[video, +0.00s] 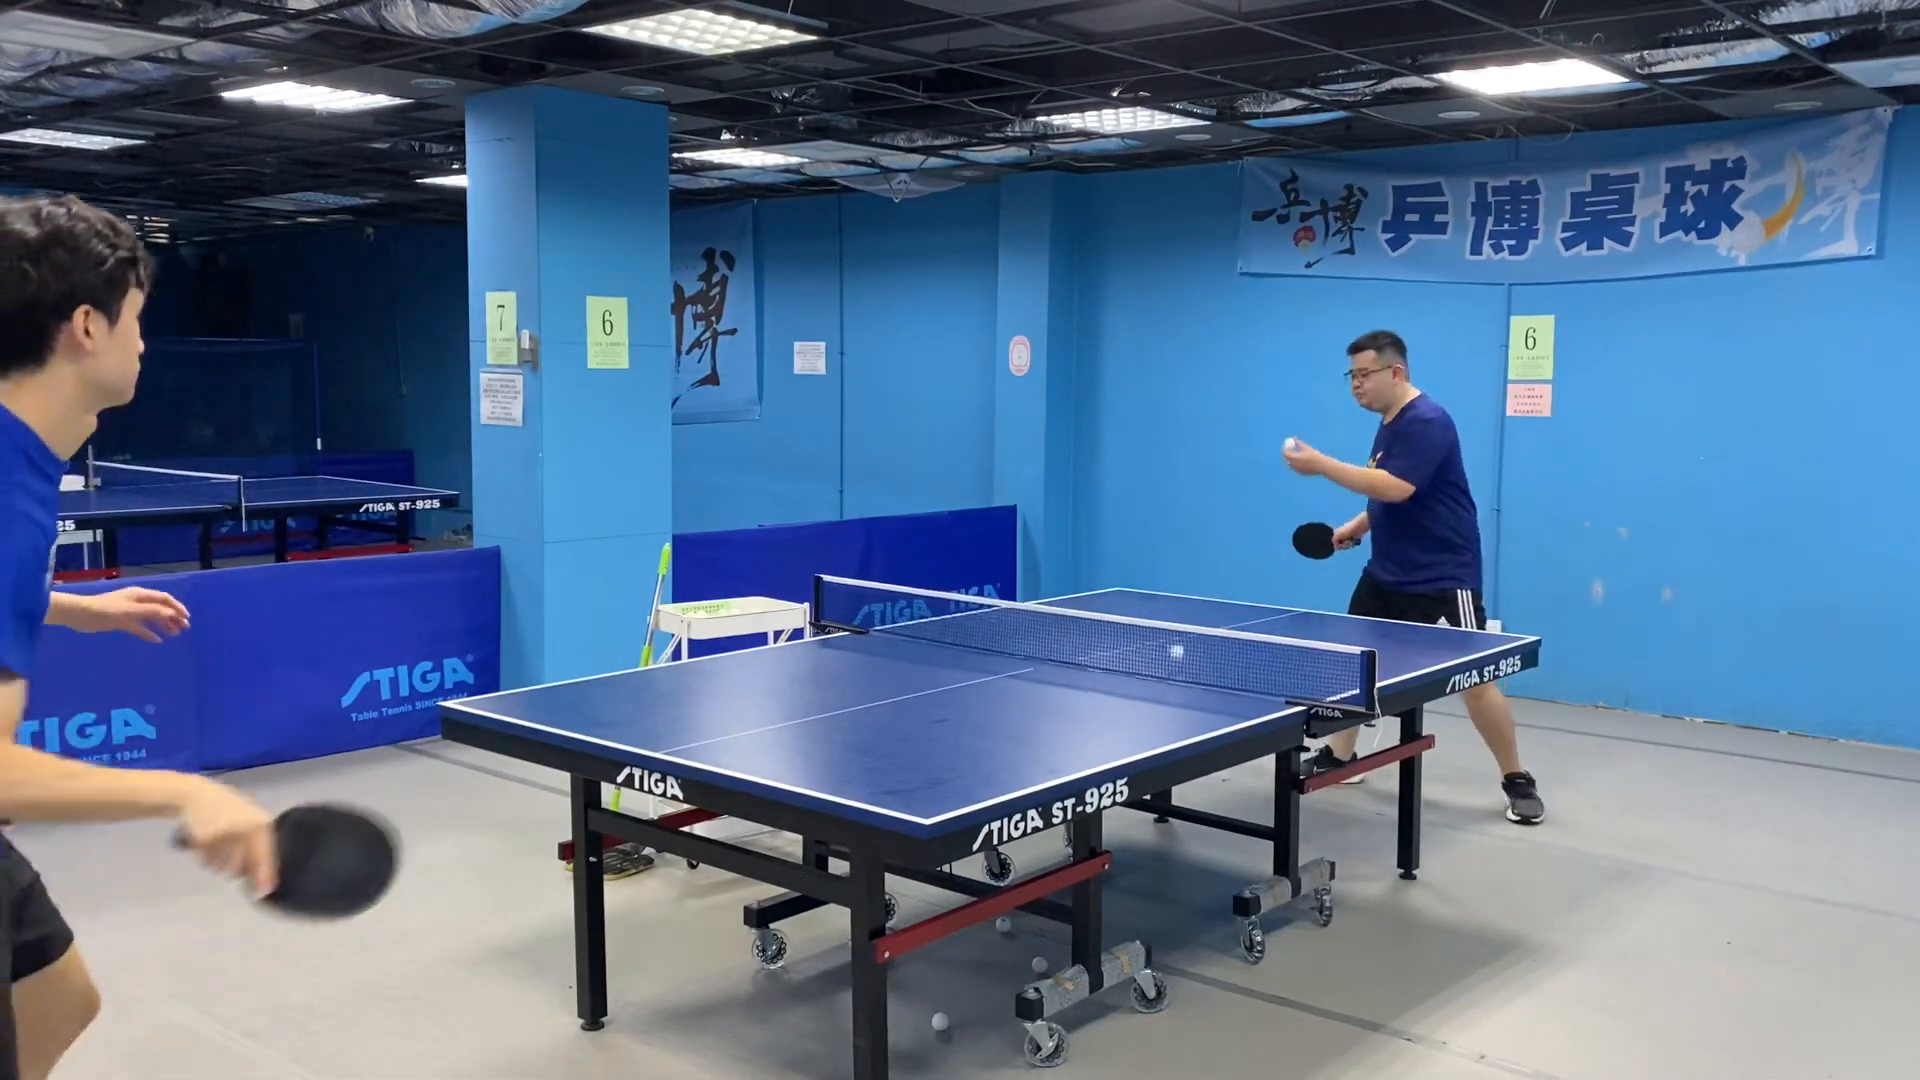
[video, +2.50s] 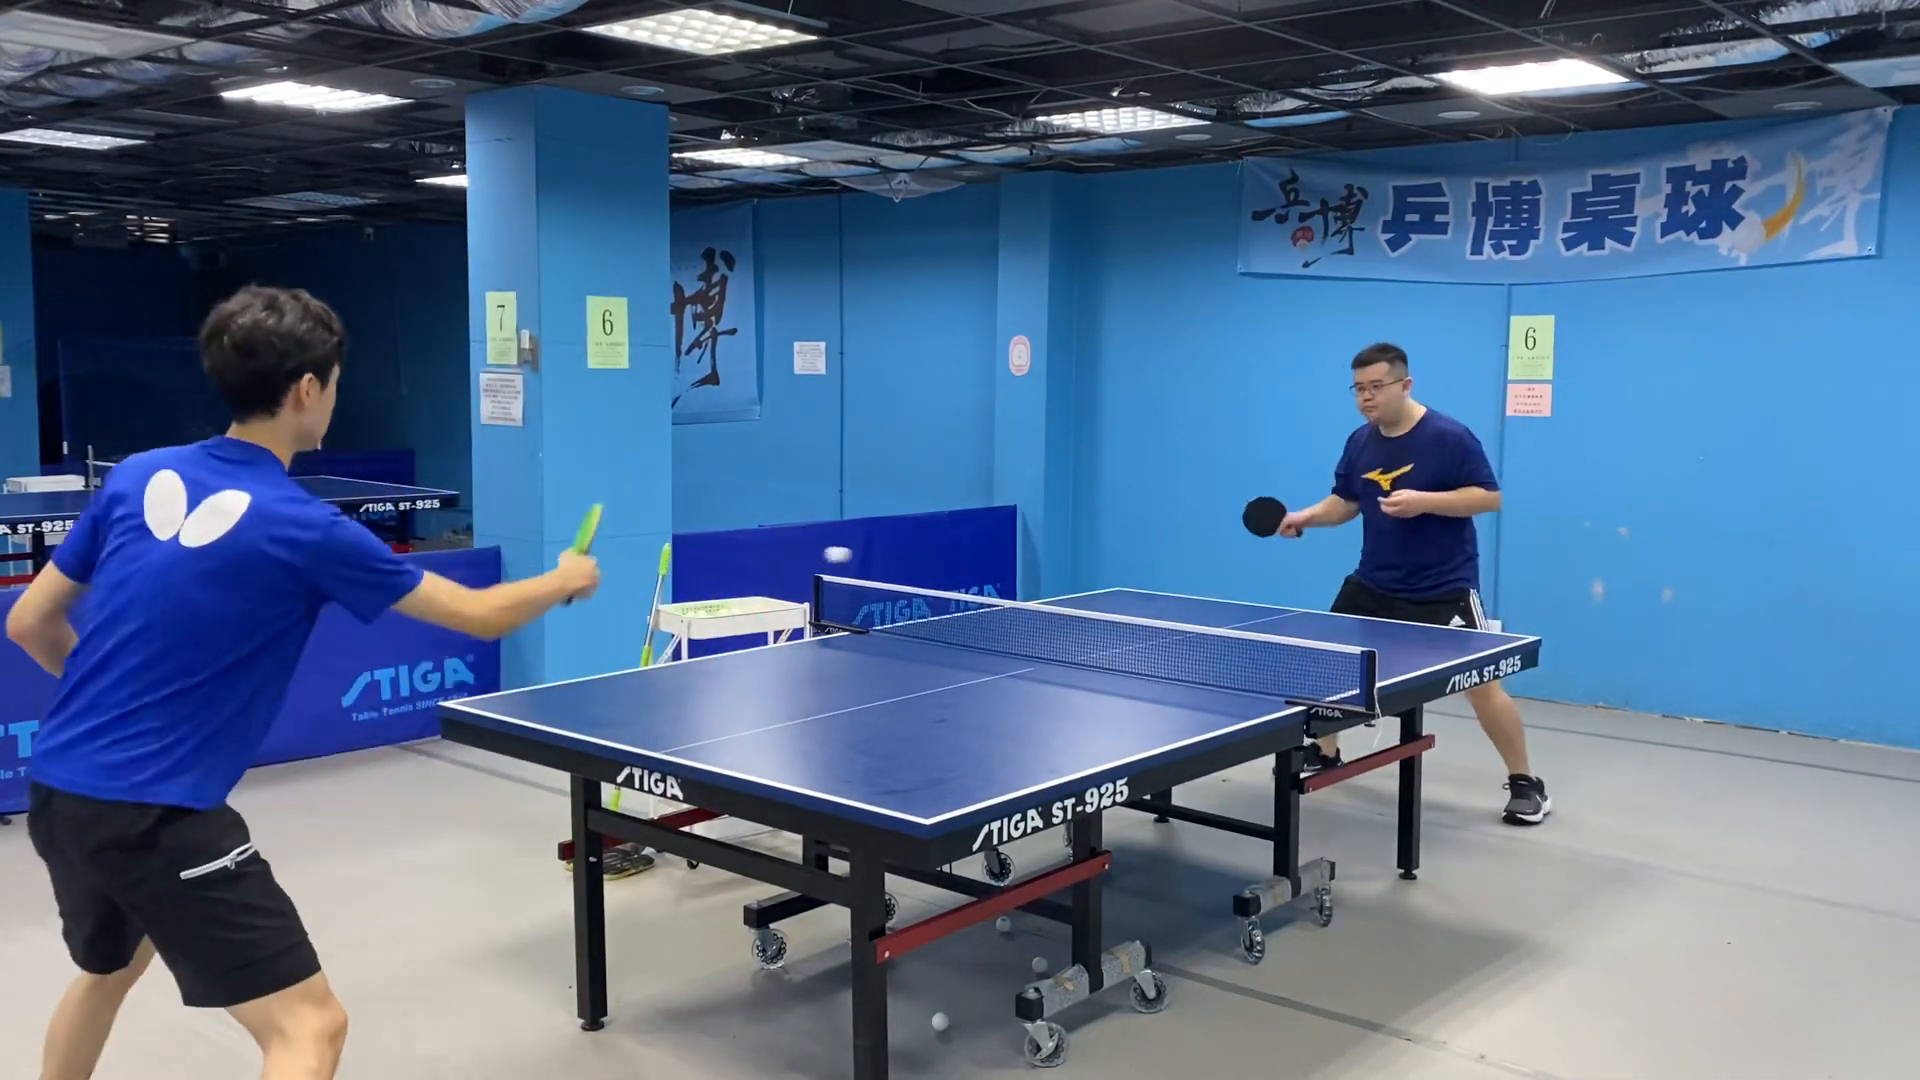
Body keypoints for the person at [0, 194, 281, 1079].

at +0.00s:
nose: (144, 345)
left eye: (144, 320)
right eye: (138, 320)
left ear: (75, 327)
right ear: (82, 329)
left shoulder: (27, 472)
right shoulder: (17, 500)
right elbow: (4, 770)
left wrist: (84, 610)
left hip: (4, 834)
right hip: (1, 839)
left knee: (58, 1005)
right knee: (57, 1008)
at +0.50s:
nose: (274, 316)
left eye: (267, 294)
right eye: (266, 295)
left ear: (152, 319)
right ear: (233, 311)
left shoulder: (98, 445)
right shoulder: (219, 472)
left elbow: (18, 618)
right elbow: (323, 674)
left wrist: (141, 645)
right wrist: (419, 602)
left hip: (78, 811)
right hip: (169, 820)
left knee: (213, 1031)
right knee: (311, 1059)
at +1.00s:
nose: (552, 392)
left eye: (555, 372)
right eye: (554, 371)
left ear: (442, 364)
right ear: (527, 374)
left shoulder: (323, 461)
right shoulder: (504, 512)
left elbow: (180, 600)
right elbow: (643, 699)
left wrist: (237, 681)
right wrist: (658, 761)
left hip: (237, 805)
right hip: (363, 825)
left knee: (254, 1035)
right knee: (503, 1051)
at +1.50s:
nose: (542, 369)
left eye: (540, 352)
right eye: (541, 355)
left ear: (435, 357)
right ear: (522, 364)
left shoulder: (331, 456)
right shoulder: (539, 498)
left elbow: (196, 600)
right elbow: (712, 571)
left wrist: (196, 690)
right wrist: (794, 527)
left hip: (259, 796)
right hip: (395, 819)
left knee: (219, 990)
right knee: (504, 1044)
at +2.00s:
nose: (445, 374)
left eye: (445, 354)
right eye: (443, 354)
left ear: (334, 355)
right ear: (408, 365)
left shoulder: (256, 445)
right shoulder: (357, 508)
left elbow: (147, 577)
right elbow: (383, 715)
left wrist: (225, 658)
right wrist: (537, 698)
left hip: (147, 761)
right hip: (233, 790)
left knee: (200, 938)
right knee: (341, 1030)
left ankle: (118, 1073)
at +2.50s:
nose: (333, 401)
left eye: (332, 382)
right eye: (331, 382)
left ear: (230, 381)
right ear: (303, 390)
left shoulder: (136, 478)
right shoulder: (303, 525)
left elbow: (30, 622)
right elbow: (482, 614)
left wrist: (114, 695)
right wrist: (566, 580)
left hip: (61, 792)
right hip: (157, 810)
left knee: (112, 955)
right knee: (306, 1028)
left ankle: (53, 1076)